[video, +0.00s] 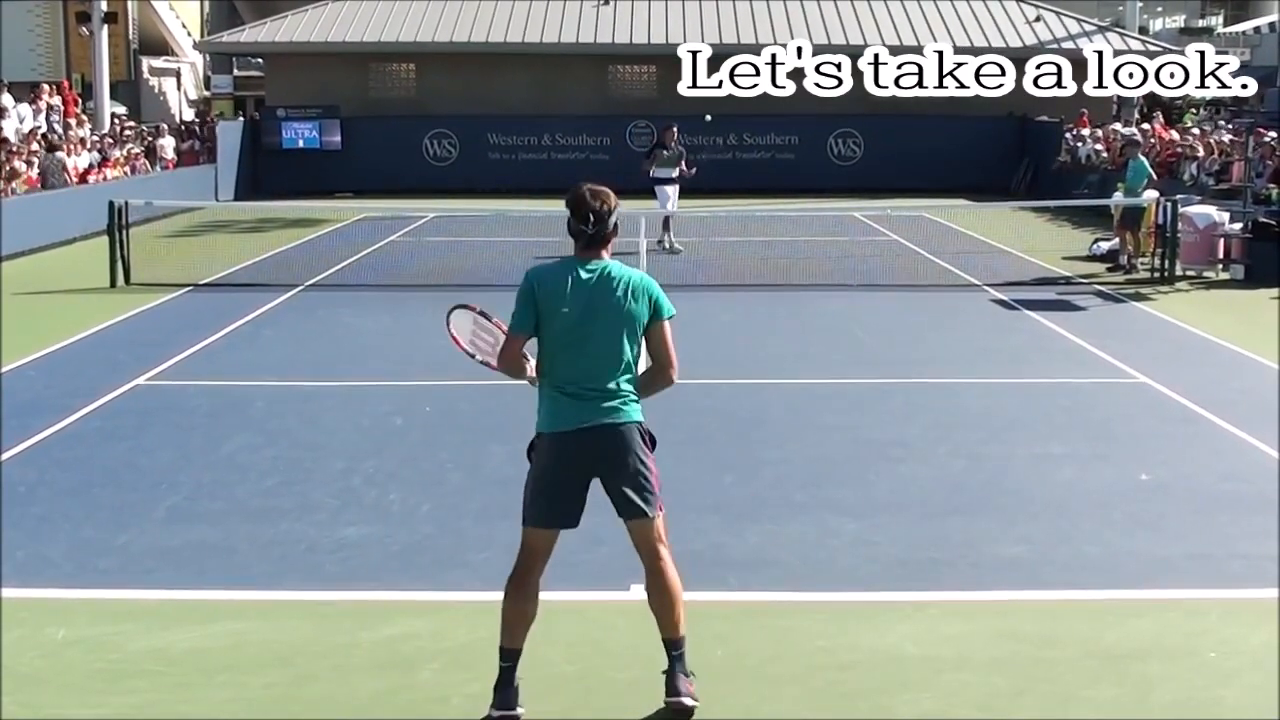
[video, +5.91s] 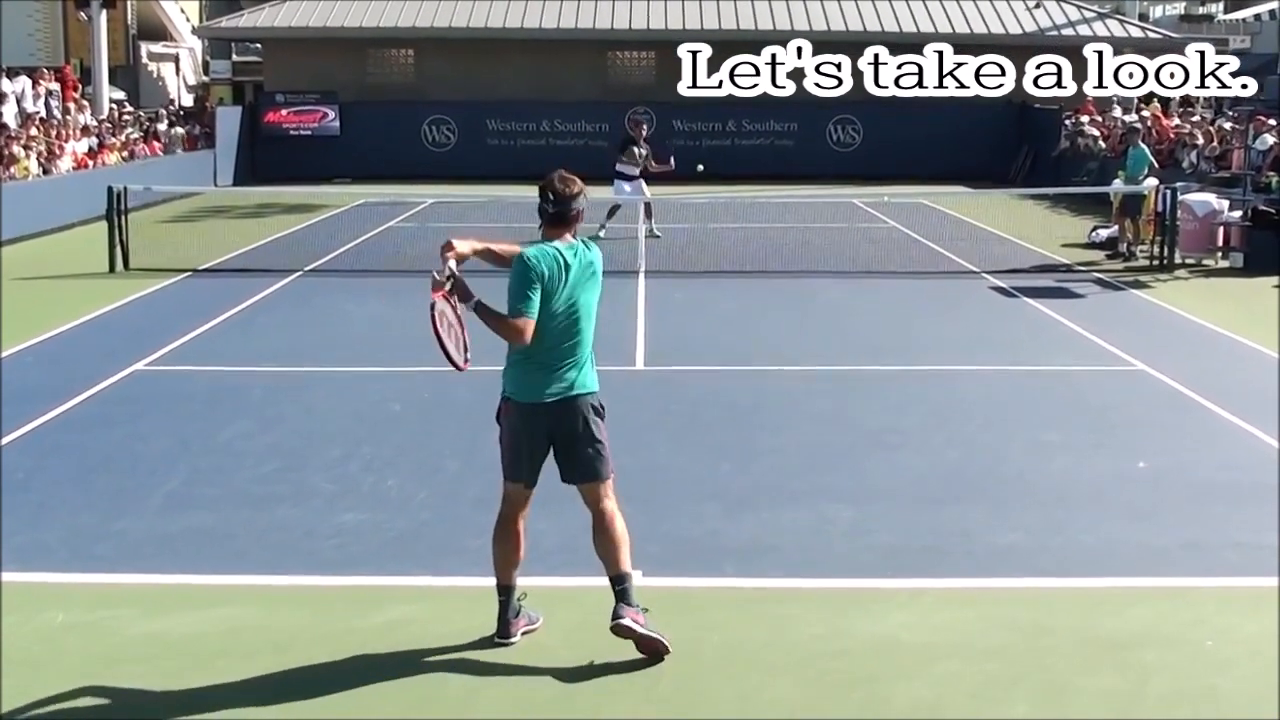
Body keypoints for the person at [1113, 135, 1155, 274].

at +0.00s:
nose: (1126, 151)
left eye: (1128, 148)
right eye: (1126, 148)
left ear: (1136, 148)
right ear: (1128, 149)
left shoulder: (1142, 162)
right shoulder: (1131, 162)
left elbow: (1153, 178)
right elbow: (1132, 180)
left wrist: (1142, 190)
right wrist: (1124, 187)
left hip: (1138, 202)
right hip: (1128, 200)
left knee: (1134, 231)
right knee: (1121, 230)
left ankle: (1135, 262)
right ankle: (1122, 261)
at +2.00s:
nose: (1133, 153)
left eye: (1136, 150)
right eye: (1132, 150)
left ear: (1142, 150)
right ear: (1132, 151)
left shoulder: (1148, 163)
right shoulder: (1135, 164)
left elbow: (1160, 180)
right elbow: (1136, 181)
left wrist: (1149, 192)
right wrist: (1130, 189)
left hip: (1143, 203)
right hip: (1133, 202)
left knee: (1140, 234)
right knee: (1125, 231)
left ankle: (1139, 264)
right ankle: (1126, 262)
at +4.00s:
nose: (1124, 154)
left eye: (1127, 151)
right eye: (1124, 151)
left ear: (1133, 152)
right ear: (1125, 152)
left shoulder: (1139, 166)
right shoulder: (1126, 166)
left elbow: (1151, 183)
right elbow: (1124, 183)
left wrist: (1139, 194)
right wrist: (1119, 190)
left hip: (1134, 205)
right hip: (1123, 204)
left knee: (1131, 235)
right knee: (1117, 234)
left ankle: (1132, 266)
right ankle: (1118, 264)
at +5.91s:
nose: (1129, 138)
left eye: (1132, 135)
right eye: (1128, 135)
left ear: (1138, 135)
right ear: (1128, 137)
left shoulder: (1144, 149)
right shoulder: (1130, 150)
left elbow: (1155, 166)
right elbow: (1130, 167)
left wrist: (1143, 178)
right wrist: (1124, 175)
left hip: (1138, 190)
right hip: (1127, 188)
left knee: (1135, 219)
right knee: (1120, 218)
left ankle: (1134, 250)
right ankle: (1121, 248)